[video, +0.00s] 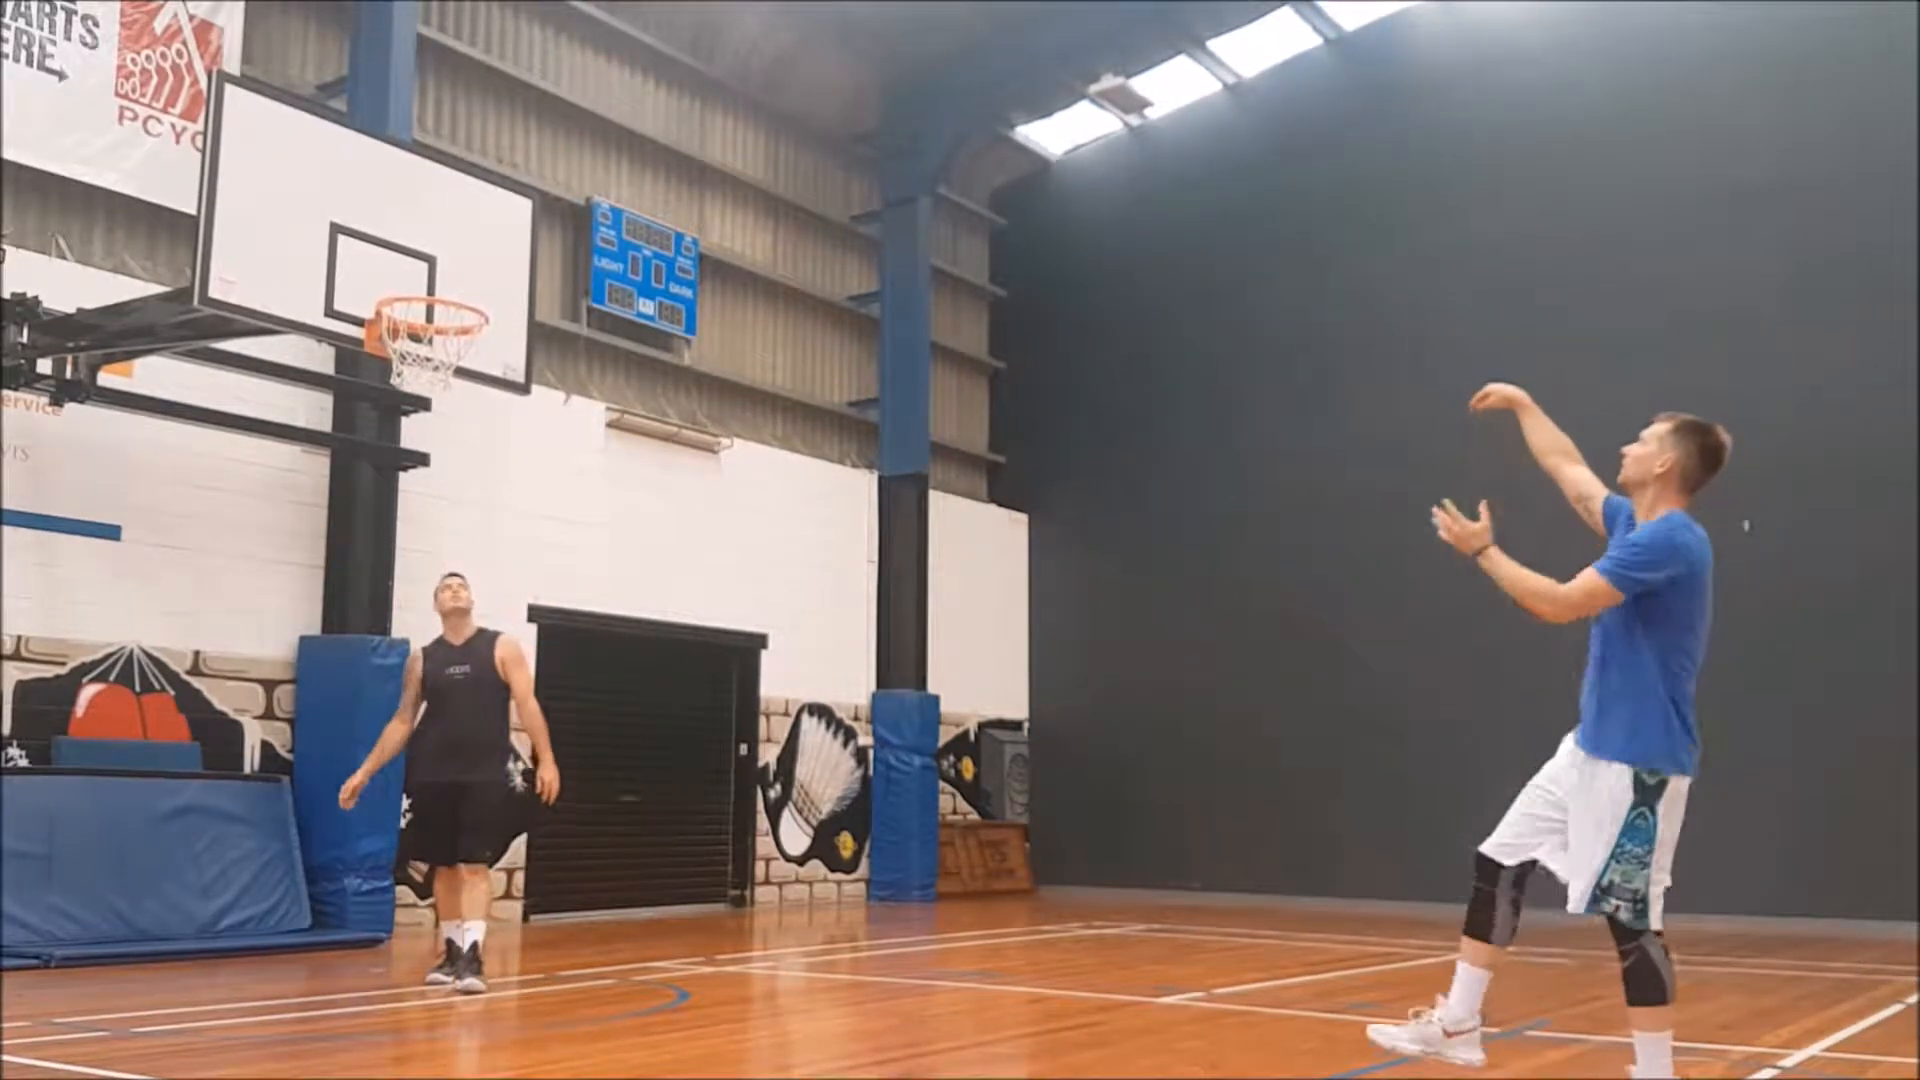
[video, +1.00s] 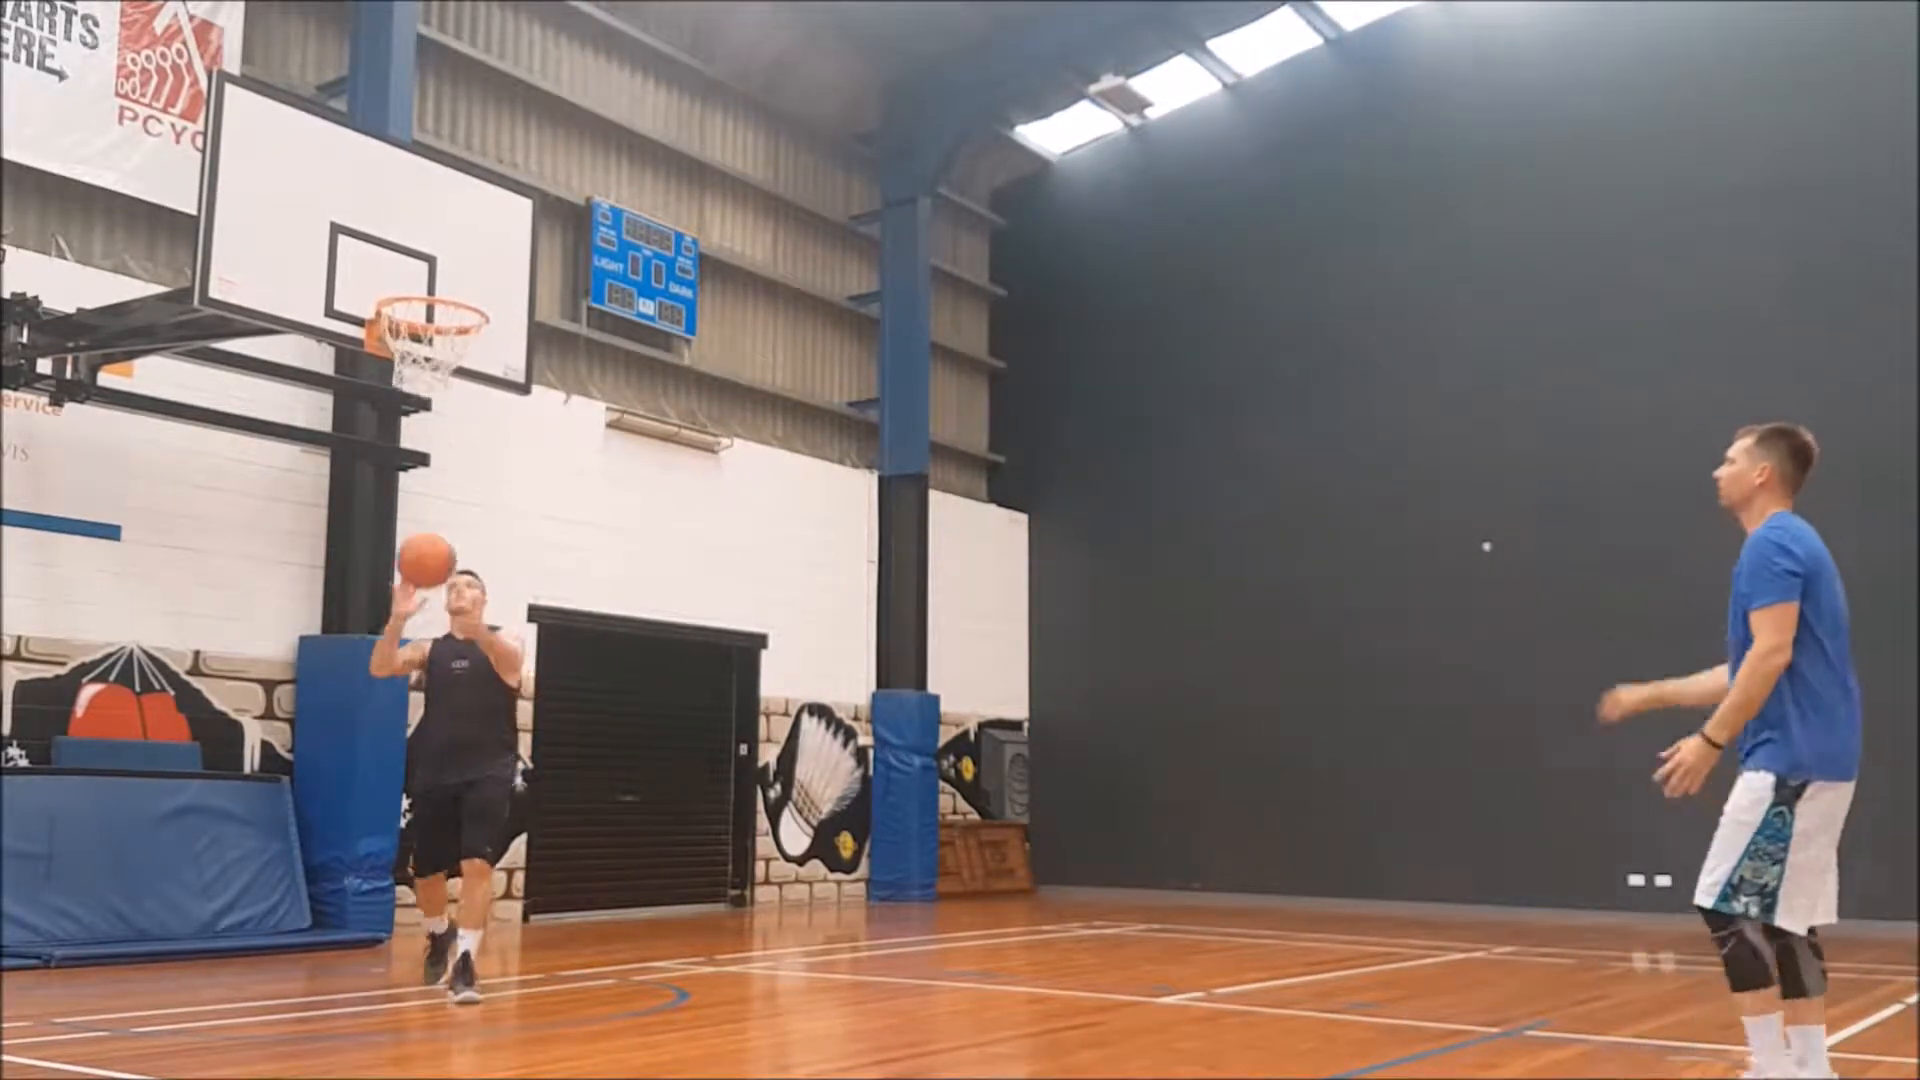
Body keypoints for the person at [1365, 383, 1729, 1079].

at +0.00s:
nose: (1628, 445)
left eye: (1644, 439)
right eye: (1639, 436)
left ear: (1669, 464)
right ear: (1665, 466)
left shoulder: (1673, 540)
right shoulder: (1629, 520)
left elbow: (1562, 603)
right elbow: (1570, 470)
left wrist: (1482, 551)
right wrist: (1523, 403)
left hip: (1642, 763)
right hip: (1588, 748)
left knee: (1631, 915)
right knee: (1500, 863)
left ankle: (1654, 1069)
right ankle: (1457, 1021)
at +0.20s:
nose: (1628, 448)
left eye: (1644, 441)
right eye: (1638, 439)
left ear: (1673, 465)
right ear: (1669, 468)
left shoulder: (1676, 545)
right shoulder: (1634, 524)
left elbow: (1629, 656)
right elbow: (1576, 477)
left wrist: (1524, 693)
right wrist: (1527, 417)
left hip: (1660, 767)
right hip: (1609, 755)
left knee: (1646, 917)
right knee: (1549, 892)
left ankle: (1655, 1070)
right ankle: (1481, 1034)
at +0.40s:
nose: (1639, 451)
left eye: (1653, 443)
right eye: (1647, 441)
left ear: (1681, 465)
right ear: (1677, 467)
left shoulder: (1685, 548)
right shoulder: (1644, 527)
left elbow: (1690, 665)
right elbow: (1586, 483)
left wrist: (1689, 772)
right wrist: (1536, 428)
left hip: (1669, 771)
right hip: (1625, 760)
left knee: (1650, 919)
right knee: (1595, 905)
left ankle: (1659, 1067)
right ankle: (1646, 1050)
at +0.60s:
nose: (1664, 454)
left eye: (1677, 448)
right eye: (1673, 446)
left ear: (1705, 471)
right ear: (1700, 474)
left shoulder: (1716, 546)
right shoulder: (1668, 535)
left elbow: (1750, 658)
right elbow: (1601, 500)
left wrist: (1758, 766)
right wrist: (1552, 444)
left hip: (1695, 771)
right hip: (1671, 764)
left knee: (1660, 922)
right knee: (1706, 926)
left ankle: (1655, 1071)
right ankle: (1798, 1063)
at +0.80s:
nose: (1691, 463)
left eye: (1703, 456)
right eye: (1698, 454)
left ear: (1735, 477)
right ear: (1735, 480)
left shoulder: (1743, 550)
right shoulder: (1719, 555)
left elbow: (1760, 661)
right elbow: (1635, 586)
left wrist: (1735, 765)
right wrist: (1594, 517)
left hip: (1739, 775)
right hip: (1752, 773)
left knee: (1695, 924)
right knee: (1761, 927)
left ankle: (1665, 1070)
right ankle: (1806, 1065)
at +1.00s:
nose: (1717, 472)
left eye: (1728, 461)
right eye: (1722, 461)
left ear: (1762, 474)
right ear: (1767, 478)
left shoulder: (1771, 544)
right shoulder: (1792, 543)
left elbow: (1773, 654)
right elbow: (1744, 670)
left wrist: (1710, 741)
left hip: (1792, 759)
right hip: (1818, 759)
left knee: (1725, 904)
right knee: (1788, 918)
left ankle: (1772, 1066)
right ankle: (1810, 1065)